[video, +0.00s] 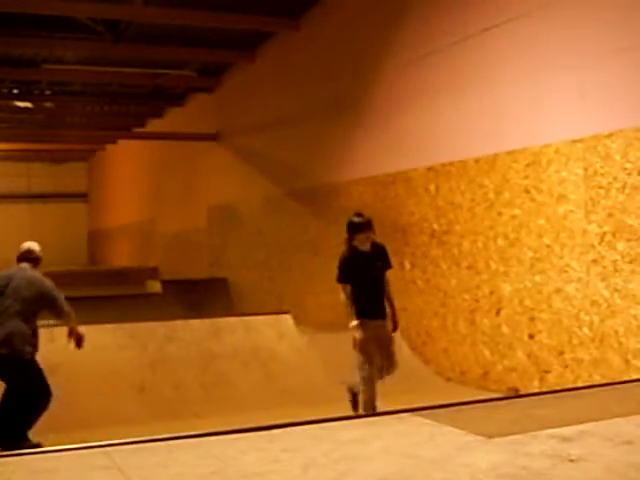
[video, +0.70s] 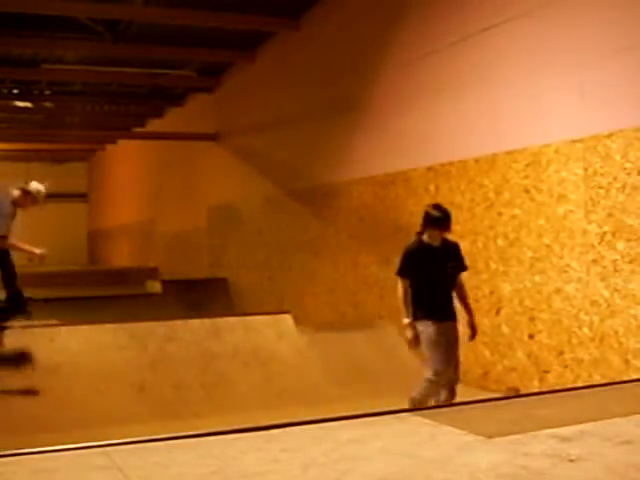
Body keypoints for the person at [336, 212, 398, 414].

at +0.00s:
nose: (366, 237)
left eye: (368, 232)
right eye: (361, 233)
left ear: (372, 232)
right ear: (353, 235)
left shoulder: (380, 251)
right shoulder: (347, 257)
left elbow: (385, 284)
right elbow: (345, 291)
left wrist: (393, 313)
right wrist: (353, 321)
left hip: (381, 319)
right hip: (362, 321)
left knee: (388, 364)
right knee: (368, 368)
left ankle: (357, 388)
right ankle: (369, 409)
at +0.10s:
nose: (373, 235)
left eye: (375, 229)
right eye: (368, 230)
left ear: (379, 229)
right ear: (360, 231)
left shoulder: (386, 248)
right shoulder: (353, 253)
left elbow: (391, 277)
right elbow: (351, 286)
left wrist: (396, 308)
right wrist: (359, 315)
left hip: (390, 315)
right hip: (368, 318)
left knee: (403, 360)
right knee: (370, 367)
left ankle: (385, 392)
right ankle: (370, 408)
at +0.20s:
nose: (383, 235)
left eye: (386, 230)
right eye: (379, 230)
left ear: (389, 230)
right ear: (369, 231)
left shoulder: (395, 249)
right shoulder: (361, 254)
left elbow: (398, 277)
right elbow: (356, 287)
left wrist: (403, 308)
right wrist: (368, 316)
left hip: (397, 316)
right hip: (374, 319)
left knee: (411, 363)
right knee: (371, 371)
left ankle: (411, 407)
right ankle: (370, 413)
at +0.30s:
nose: (393, 238)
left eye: (396, 233)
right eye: (389, 233)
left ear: (399, 233)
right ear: (379, 234)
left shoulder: (406, 253)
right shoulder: (371, 257)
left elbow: (410, 285)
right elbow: (362, 291)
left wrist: (414, 317)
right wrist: (376, 320)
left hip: (405, 321)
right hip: (380, 323)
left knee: (417, 372)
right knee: (372, 375)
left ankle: (430, 409)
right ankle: (369, 415)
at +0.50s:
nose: (419, 236)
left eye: (421, 231)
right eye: (415, 231)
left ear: (424, 231)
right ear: (405, 231)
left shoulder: (429, 254)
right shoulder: (394, 256)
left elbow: (434, 287)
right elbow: (387, 291)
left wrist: (441, 320)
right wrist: (389, 327)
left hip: (432, 324)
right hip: (406, 327)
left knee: (443, 377)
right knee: (392, 380)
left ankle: (441, 420)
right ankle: (370, 418)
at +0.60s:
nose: (432, 233)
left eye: (434, 228)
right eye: (428, 228)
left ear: (437, 228)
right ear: (417, 228)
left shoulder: (442, 251)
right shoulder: (403, 254)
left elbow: (448, 286)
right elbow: (396, 291)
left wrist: (455, 319)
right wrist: (398, 326)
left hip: (442, 322)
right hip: (417, 324)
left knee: (448, 376)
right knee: (417, 376)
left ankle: (443, 416)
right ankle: (393, 401)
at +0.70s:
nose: (438, 234)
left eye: (442, 229)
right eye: (434, 228)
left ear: (445, 228)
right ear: (426, 226)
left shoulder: (451, 249)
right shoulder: (413, 251)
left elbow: (458, 284)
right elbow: (403, 286)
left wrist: (470, 317)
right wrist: (407, 322)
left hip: (447, 316)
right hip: (425, 317)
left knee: (451, 372)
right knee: (438, 370)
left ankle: (443, 411)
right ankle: (415, 403)